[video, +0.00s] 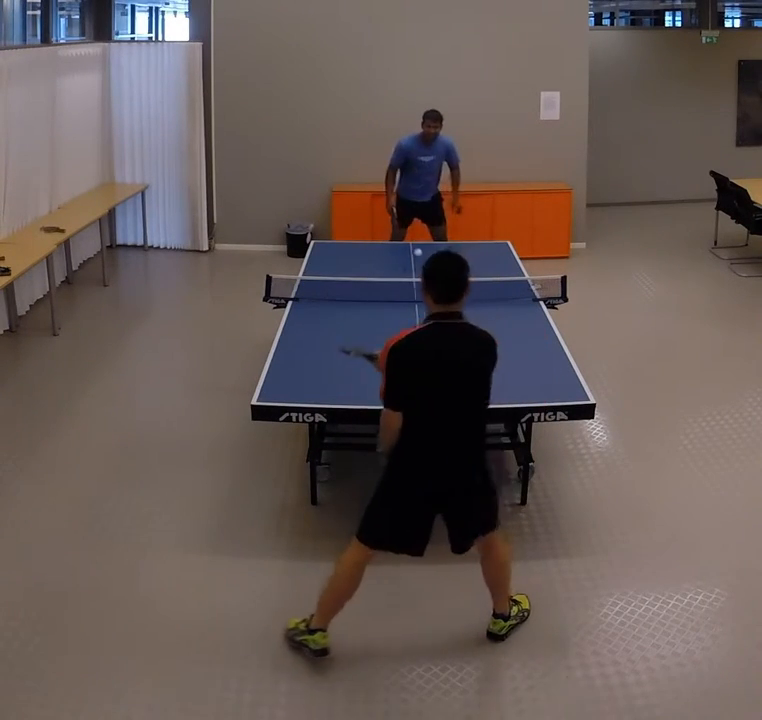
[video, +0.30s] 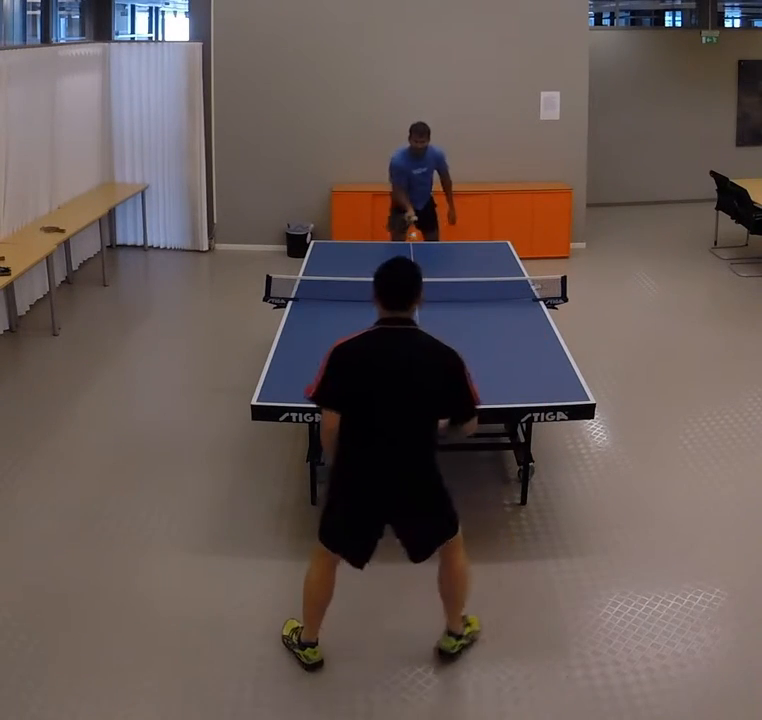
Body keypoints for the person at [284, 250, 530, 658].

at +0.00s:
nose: (425, 290)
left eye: (424, 284)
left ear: (424, 290)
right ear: (466, 290)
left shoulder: (403, 349)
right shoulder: (485, 344)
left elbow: (392, 423)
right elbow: (454, 381)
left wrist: (388, 455)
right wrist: (393, 364)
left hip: (413, 465)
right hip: (465, 463)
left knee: (361, 549)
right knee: (488, 535)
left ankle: (317, 627)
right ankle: (503, 612)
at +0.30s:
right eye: (415, 291)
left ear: (375, 296)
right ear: (420, 297)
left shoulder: (346, 353)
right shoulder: (442, 357)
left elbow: (329, 425)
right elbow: (466, 422)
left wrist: (336, 463)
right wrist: (431, 426)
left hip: (356, 479)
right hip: (416, 479)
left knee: (326, 555)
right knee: (451, 544)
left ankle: (308, 640)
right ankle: (454, 631)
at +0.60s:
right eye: (416, 301)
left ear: (377, 305)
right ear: (421, 306)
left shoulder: (345, 360)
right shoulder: (440, 370)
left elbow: (324, 428)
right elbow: (462, 441)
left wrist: (335, 462)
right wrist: (432, 414)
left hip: (345, 488)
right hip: (407, 491)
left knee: (304, 564)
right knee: (432, 555)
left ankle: (271, 642)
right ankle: (440, 640)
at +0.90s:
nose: (419, 301)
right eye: (420, 296)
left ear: (377, 298)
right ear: (419, 301)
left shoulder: (340, 351)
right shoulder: (433, 365)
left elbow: (314, 417)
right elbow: (458, 411)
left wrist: (334, 447)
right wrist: (453, 371)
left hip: (335, 482)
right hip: (394, 487)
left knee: (298, 555)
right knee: (425, 557)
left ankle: (267, 636)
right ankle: (440, 639)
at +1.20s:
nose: (409, 320)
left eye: (408, 312)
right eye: (407, 313)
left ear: (364, 317)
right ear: (394, 317)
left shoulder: (331, 361)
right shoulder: (400, 381)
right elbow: (427, 455)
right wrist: (489, 488)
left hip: (315, 487)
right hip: (371, 496)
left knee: (283, 546)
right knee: (426, 553)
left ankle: (247, 626)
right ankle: (441, 641)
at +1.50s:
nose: (293, 341)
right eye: (291, 337)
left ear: (252, 355)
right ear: (292, 342)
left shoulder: (256, 414)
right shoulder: (318, 366)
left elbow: (279, 469)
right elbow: (276, 385)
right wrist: (223, 397)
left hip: (314, 498)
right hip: (367, 482)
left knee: (277, 560)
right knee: (416, 555)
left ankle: (246, 629)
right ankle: (448, 639)